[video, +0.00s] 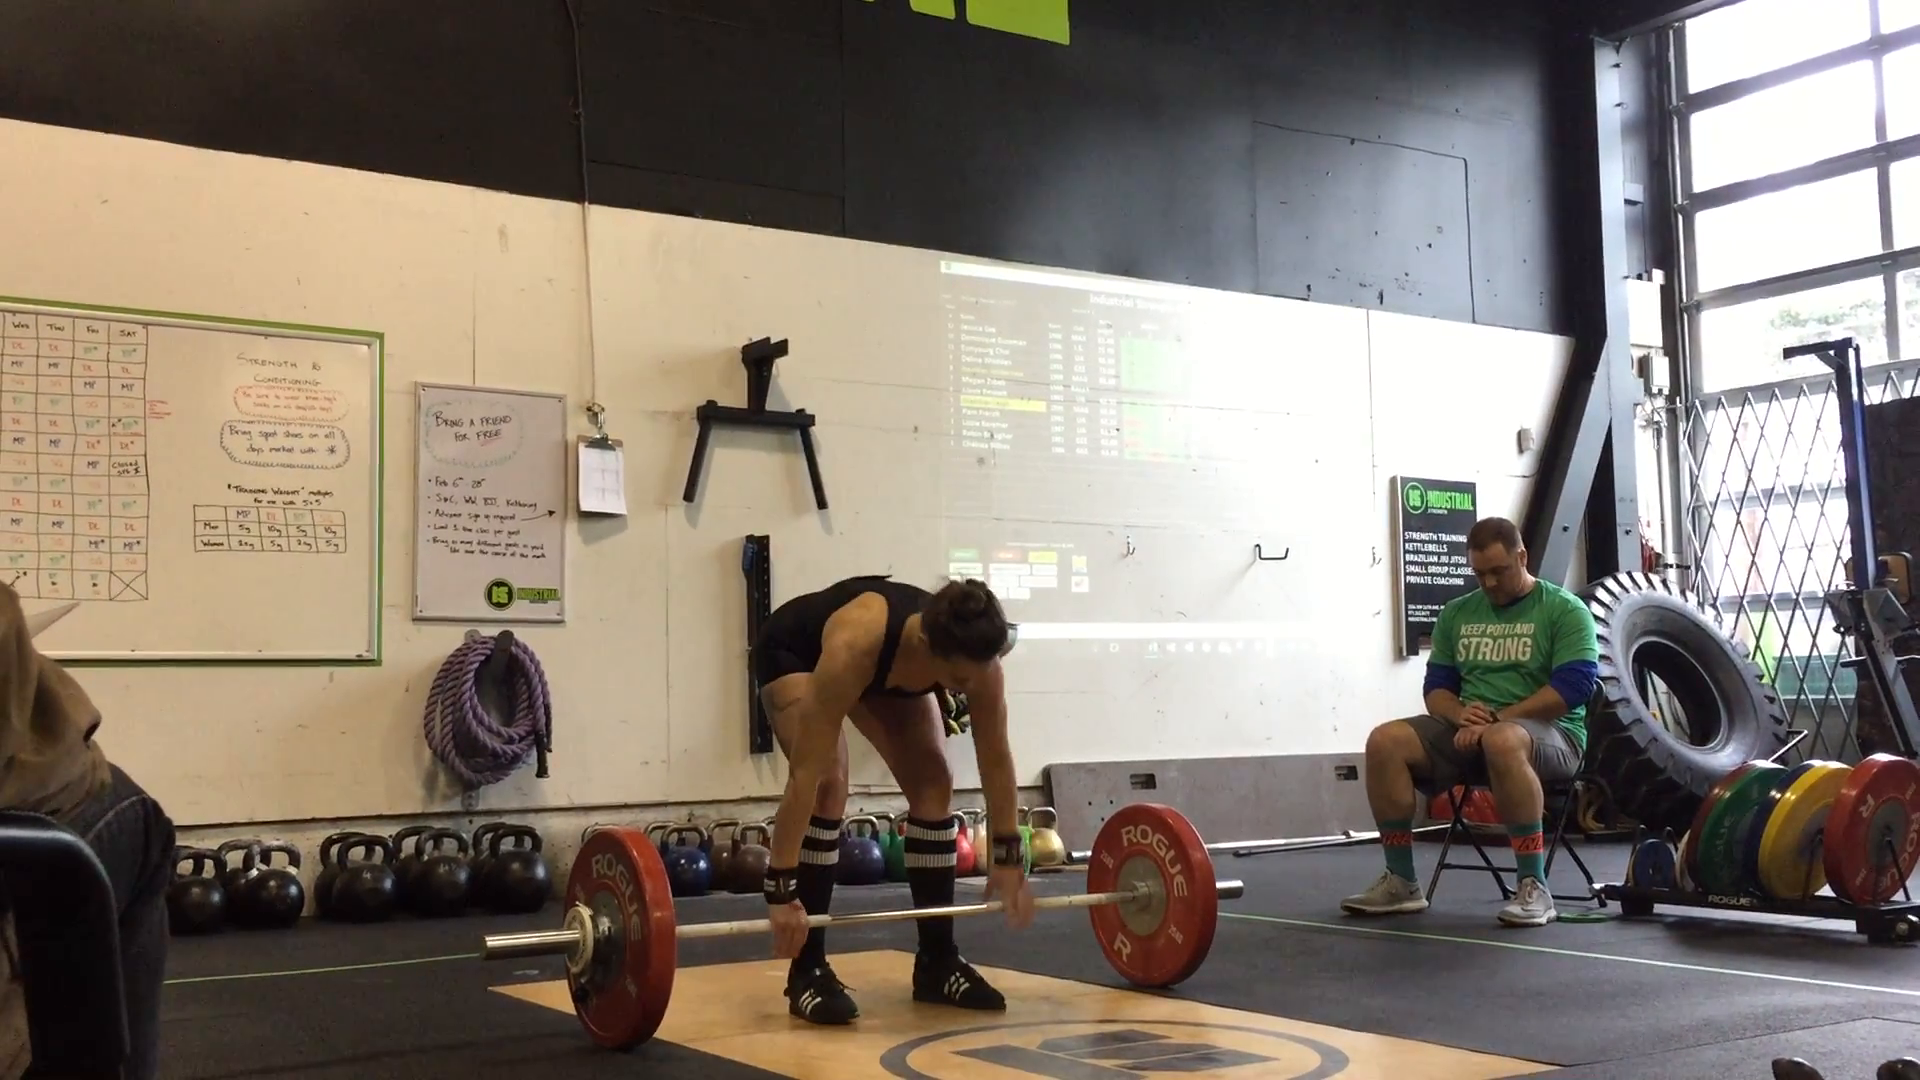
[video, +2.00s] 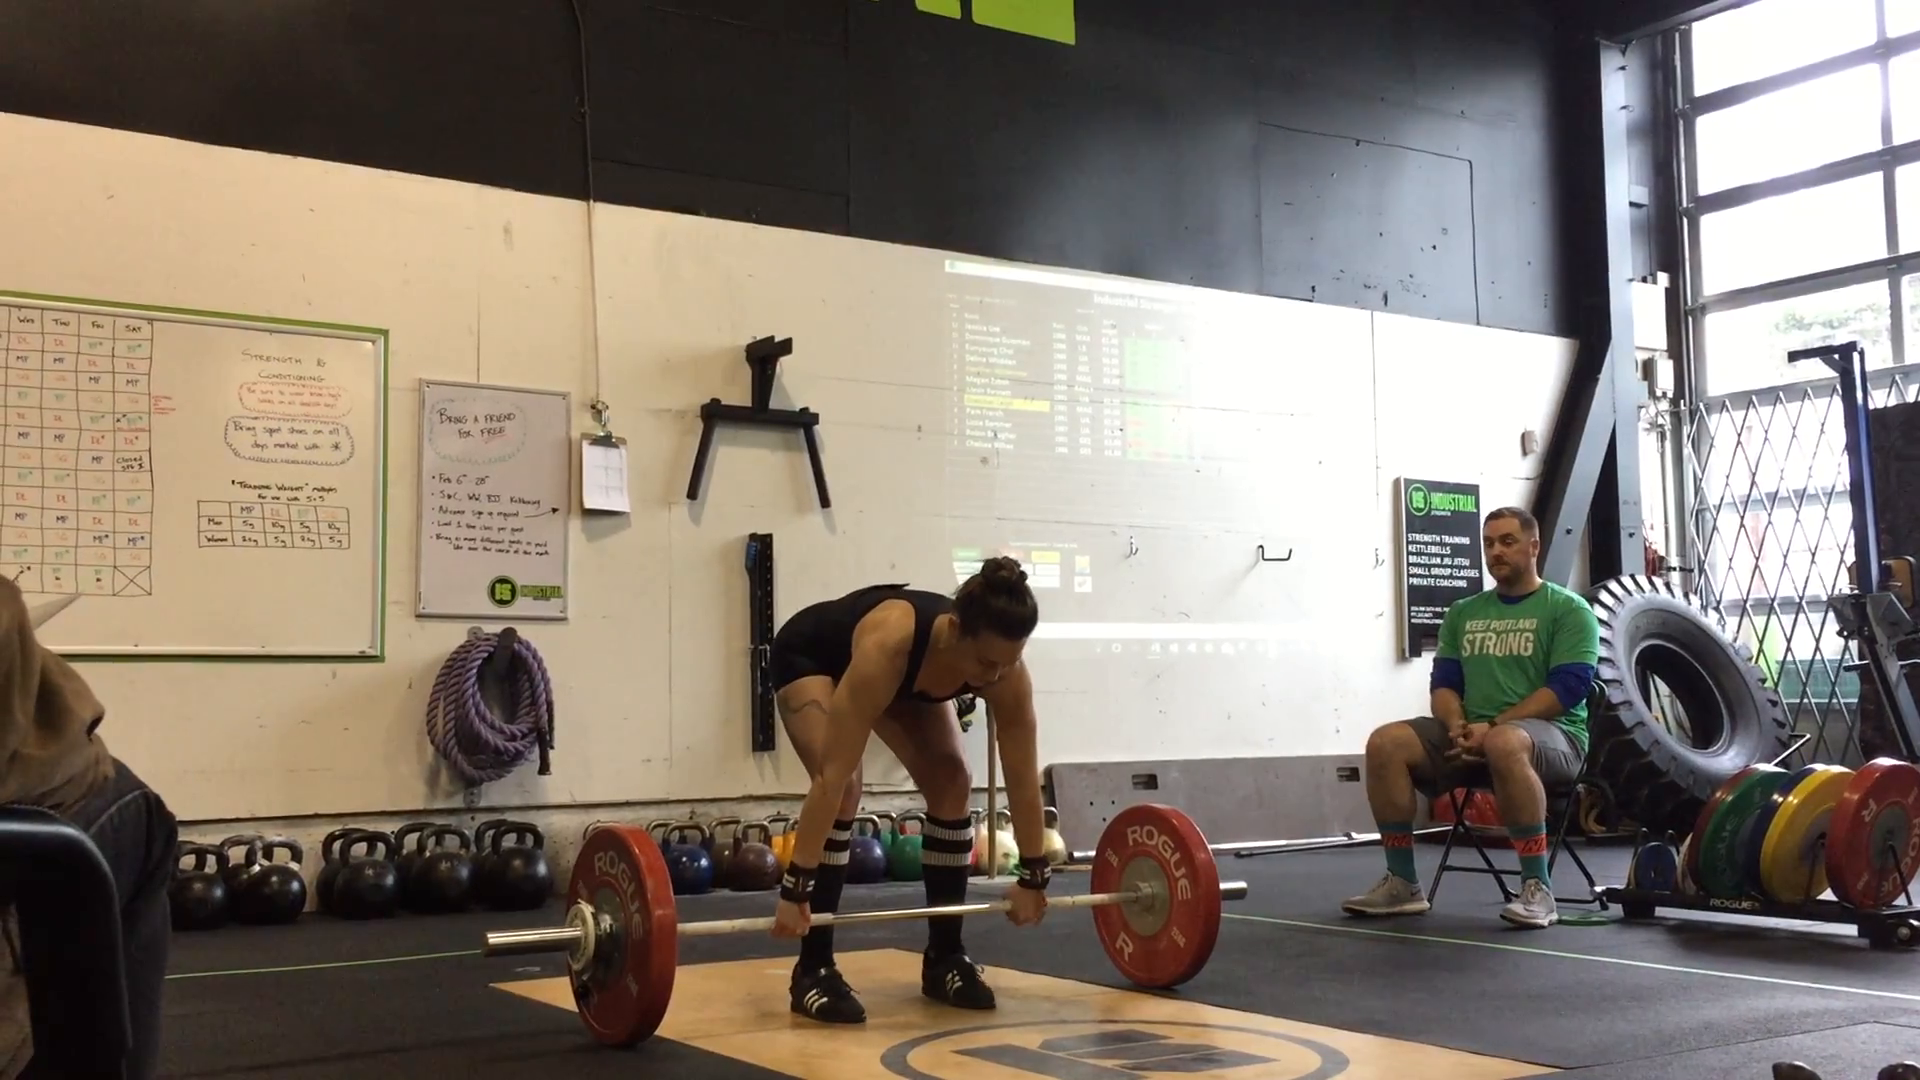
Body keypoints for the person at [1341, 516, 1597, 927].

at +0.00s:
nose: (1489, 583)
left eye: (1498, 571)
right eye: (1480, 574)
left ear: (1523, 557)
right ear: (1471, 566)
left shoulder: (1565, 609)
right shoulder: (1455, 614)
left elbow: (1574, 686)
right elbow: (1437, 689)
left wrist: (1496, 722)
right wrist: (1459, 713)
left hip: (1550, 734)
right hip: (1469, 733)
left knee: (1502, 741)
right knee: (1384, 742)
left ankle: (1532, 888)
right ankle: (1401, 882)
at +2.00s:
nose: (1496, 551)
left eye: (1507, 541)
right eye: (1489, 543)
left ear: (1534, 546)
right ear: (1483, 551)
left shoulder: (1569, 609)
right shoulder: (1463, 613)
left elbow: (1569, 687)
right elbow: (1444, 684)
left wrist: (1495, 726)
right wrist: (1456, 725)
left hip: (1551, 734)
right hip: (1472, 735)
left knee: (1504, 743)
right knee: (1384, 744)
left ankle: (1536, 890)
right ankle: (1402, 884)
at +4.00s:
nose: (1502, 558)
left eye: (1513, 548)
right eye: (1495, 550)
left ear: (1541, 552)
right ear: (1489, 556)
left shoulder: (1577, 617)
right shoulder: (1469, 619)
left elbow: (1575, 698)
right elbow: (1452, 692)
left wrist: (1501, 735)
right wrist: (1467, 728)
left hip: (1559, 742)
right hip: (1480, 741)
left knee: (1514, 746)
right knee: (1392, 748)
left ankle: (1542, 896)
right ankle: (1410, 889)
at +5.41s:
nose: (1499, 560)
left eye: (1510, 551)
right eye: (1492, 553)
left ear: (1538, 556)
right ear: (1487, 560)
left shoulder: (1573, 620)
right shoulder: (1466, 623)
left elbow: (1573, 701)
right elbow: (1449, 696)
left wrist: (1498, 739)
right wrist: (1464, 733)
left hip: (1556, 746)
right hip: (1476, 745)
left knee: (1512, 751)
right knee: (1389, 753)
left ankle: (1538, 901)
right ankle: (1407, 894)